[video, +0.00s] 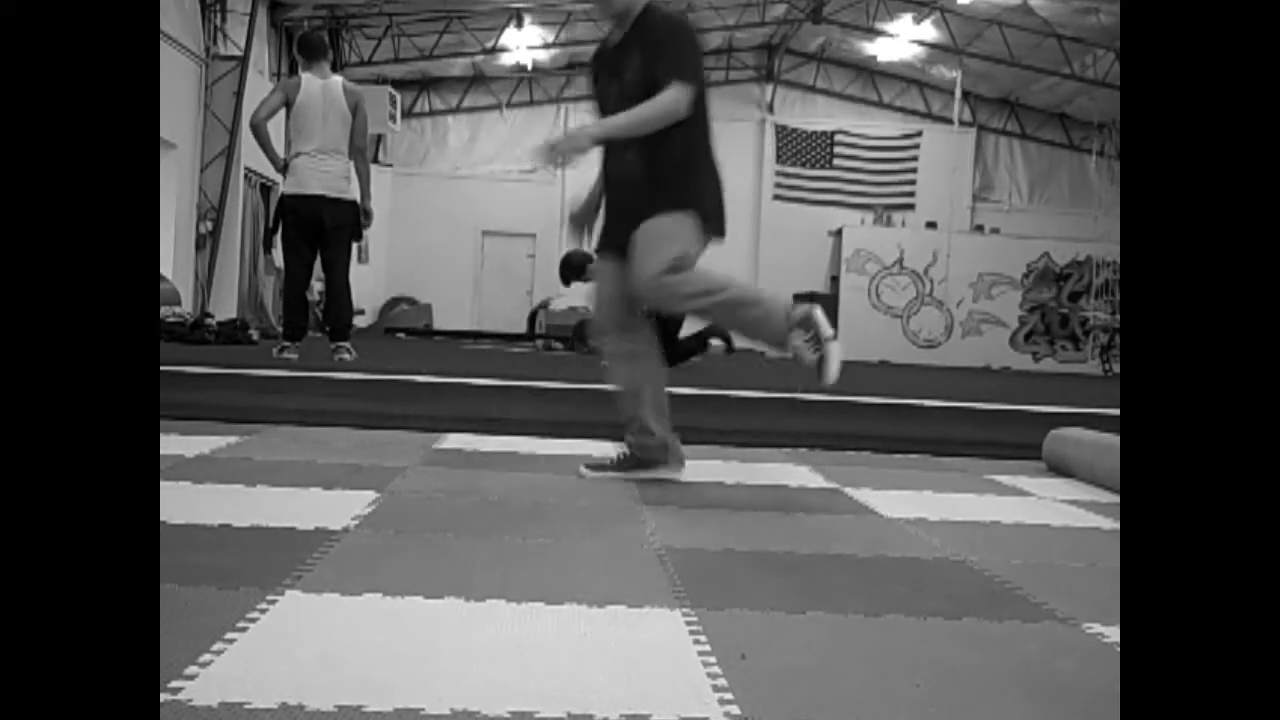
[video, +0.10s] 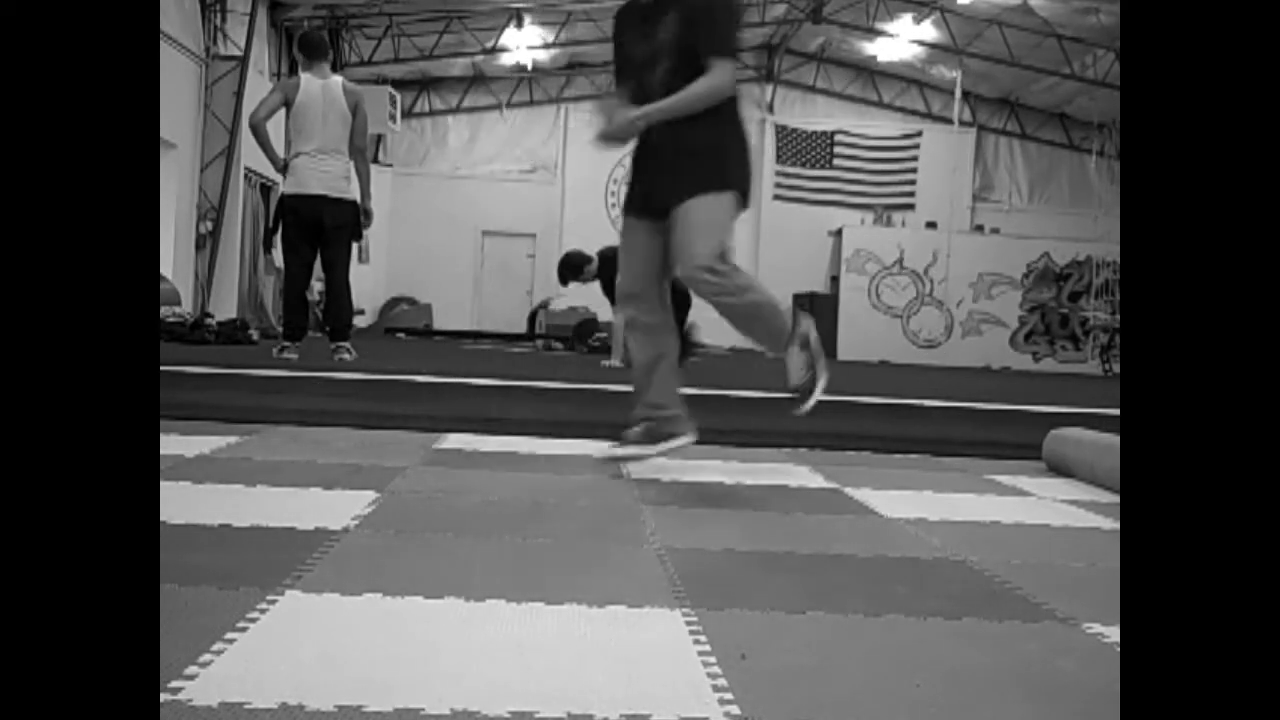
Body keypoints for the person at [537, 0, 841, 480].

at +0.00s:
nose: (594, 3)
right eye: (594, 3)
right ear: (605, 4)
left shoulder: (667, 28)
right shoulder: (605, 55)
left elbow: (679, 100)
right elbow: (621, 141)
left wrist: (592, 133)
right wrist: (593, 199)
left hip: (677, 191)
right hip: (625, 202)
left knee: (658, 277)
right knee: (618, 321)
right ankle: (652, 447)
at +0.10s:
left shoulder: (709, 5)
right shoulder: (628, 15)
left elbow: (723, 79)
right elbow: (630, 93)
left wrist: (644, 115)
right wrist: (616, 115)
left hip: (710, 145)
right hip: (655, 153)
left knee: (698, 264)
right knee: (637, 291)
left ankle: (793, 337)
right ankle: (663, 418)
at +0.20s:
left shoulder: (748, 7)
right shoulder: (661, 13)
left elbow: (757, 82)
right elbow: (618, 91)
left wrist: (671, 95)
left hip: (736, 171)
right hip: (677, 171)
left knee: (741, 285)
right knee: (656, 290)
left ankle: (786, 400)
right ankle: (674, 415)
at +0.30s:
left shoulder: (782, 28)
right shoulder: (691, 32)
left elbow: (785, 112)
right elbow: (644, 94)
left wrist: (703, 107)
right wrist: (676, 22)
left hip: (766, 209)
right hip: (701, 205)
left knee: (774, 335)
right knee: (678, 328)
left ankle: (784, 442)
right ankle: (662, 433)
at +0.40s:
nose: (751, 6)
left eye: (758, 2)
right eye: (741, 1)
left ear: (770, 2)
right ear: (720, 3)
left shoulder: (803, 47)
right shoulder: (695, 52)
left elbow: (817, 122)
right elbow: (669, 126)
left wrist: (776, 166)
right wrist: (726, 103)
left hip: (788, 202)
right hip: (725, 203)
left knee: (792, 328)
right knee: (732, 317)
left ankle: (785, 437)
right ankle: (701, 425)